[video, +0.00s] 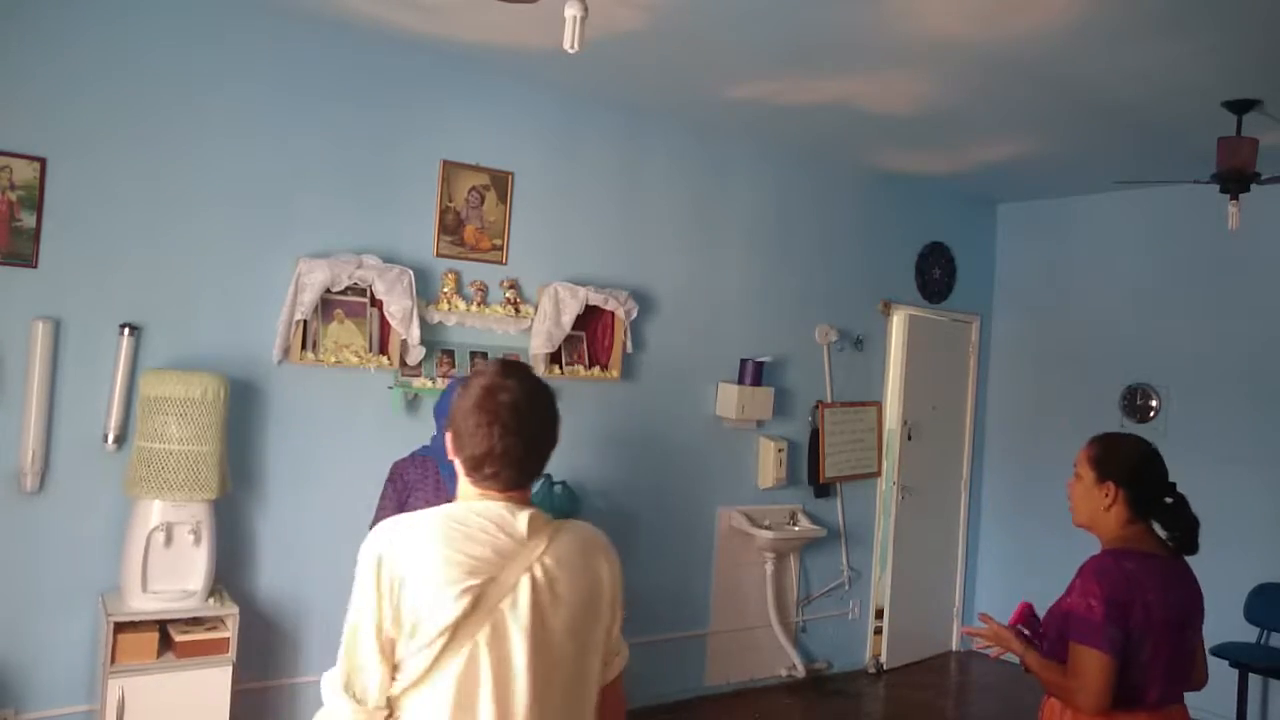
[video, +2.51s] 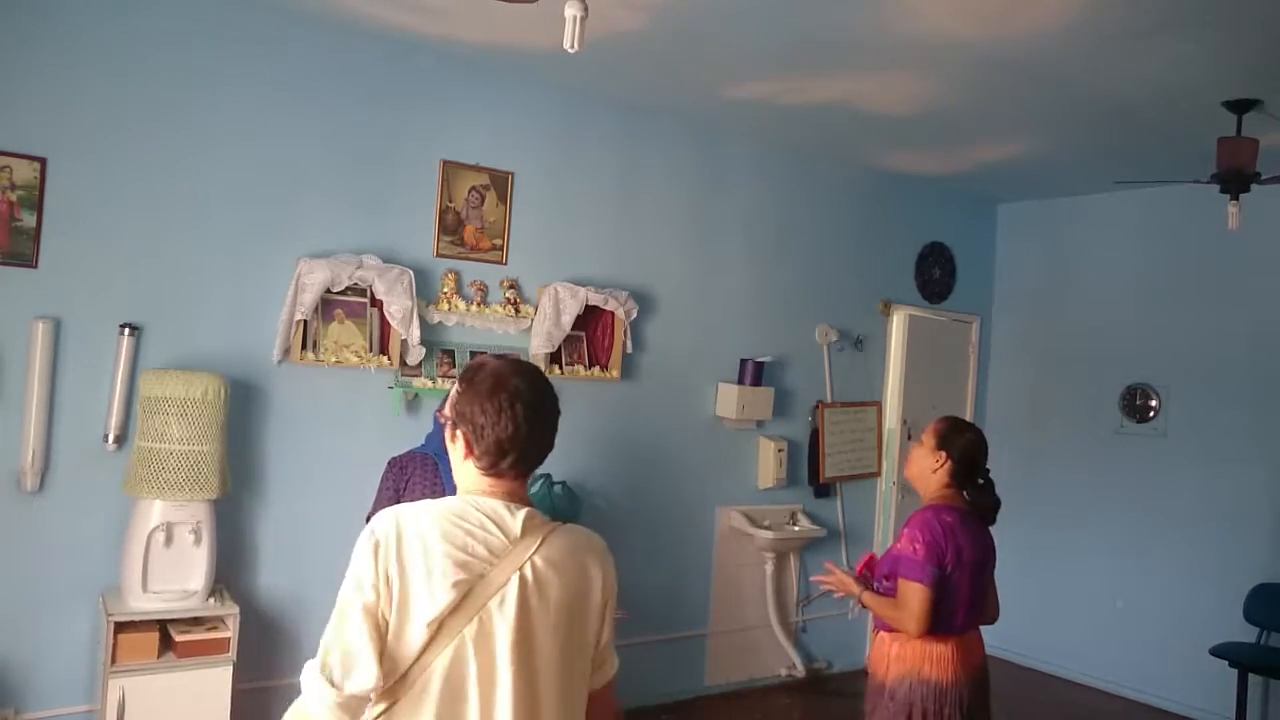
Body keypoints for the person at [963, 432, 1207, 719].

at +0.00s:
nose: (1067, 488)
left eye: (1077, 476)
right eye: (1073, 476)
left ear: (1107, 494)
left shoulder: (1101, 575)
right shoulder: (1176, 569)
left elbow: (1089, 697)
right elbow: (1195, 676)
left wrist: (1021, 649)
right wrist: (1055, 648)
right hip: (1168, 711)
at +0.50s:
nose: (1017, 475)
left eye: (1025, 469)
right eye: (1022, 467)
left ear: (1052, 491)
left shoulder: (1037, 568)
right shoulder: (1119, 567)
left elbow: (1018, 685)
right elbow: (1137, 665)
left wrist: (961, 636)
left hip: (1031, 710)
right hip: (1103, 707)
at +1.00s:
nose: (956, 469)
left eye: (964, 463)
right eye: (961, 461)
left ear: (987, 485)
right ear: (1027, 484)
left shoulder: (962, 555)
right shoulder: (1061, 559)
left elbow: (940, 668)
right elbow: (1085, 657)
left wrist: (898, 624)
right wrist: (1016, 647)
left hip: (969, 702)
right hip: (1041, 701)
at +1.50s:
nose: (927, 471)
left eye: (932, 464)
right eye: (931, 462)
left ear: (952, 483)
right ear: (993, 482)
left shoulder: (928, 553)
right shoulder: (1026, 555)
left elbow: (914, 658)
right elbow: (1045, 648)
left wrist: (875, 621)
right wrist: (984, 639)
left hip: (936, 694)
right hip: (1006, 692)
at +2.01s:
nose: (917, 458)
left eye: (923, 451)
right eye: (921, 450)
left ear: (942, 467)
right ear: (979, 472)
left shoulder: (921, 536)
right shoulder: (993, 538)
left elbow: (901, 634)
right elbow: (1006, 619)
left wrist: (858, 596)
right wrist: (951, 614)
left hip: (919, 677)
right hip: (977, 670)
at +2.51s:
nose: (910, 449)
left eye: (920, 443)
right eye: (917, 441)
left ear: (940, 461)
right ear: (943, 462)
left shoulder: (924, 525)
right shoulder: (975, 523)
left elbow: (913, 621)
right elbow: (988, 611)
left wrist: (860, 593)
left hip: (915, 663)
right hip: (965, 657)